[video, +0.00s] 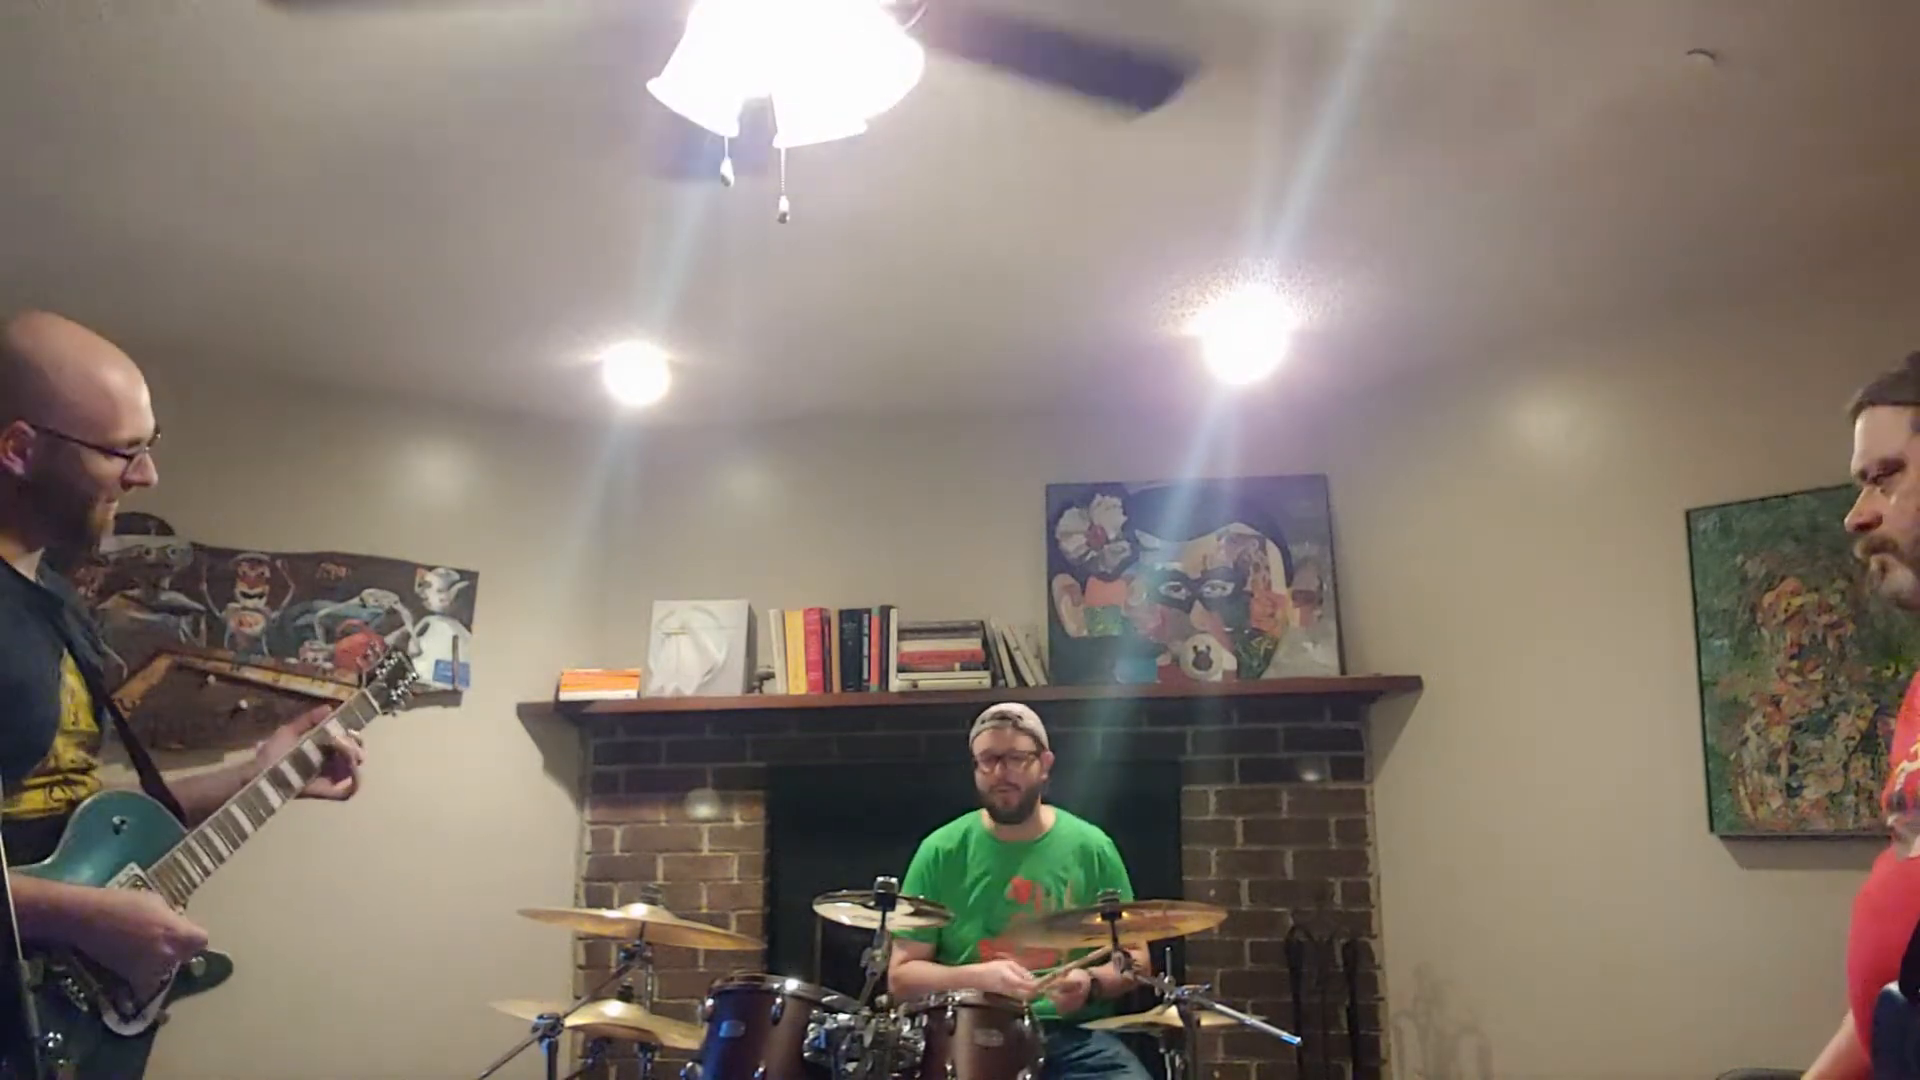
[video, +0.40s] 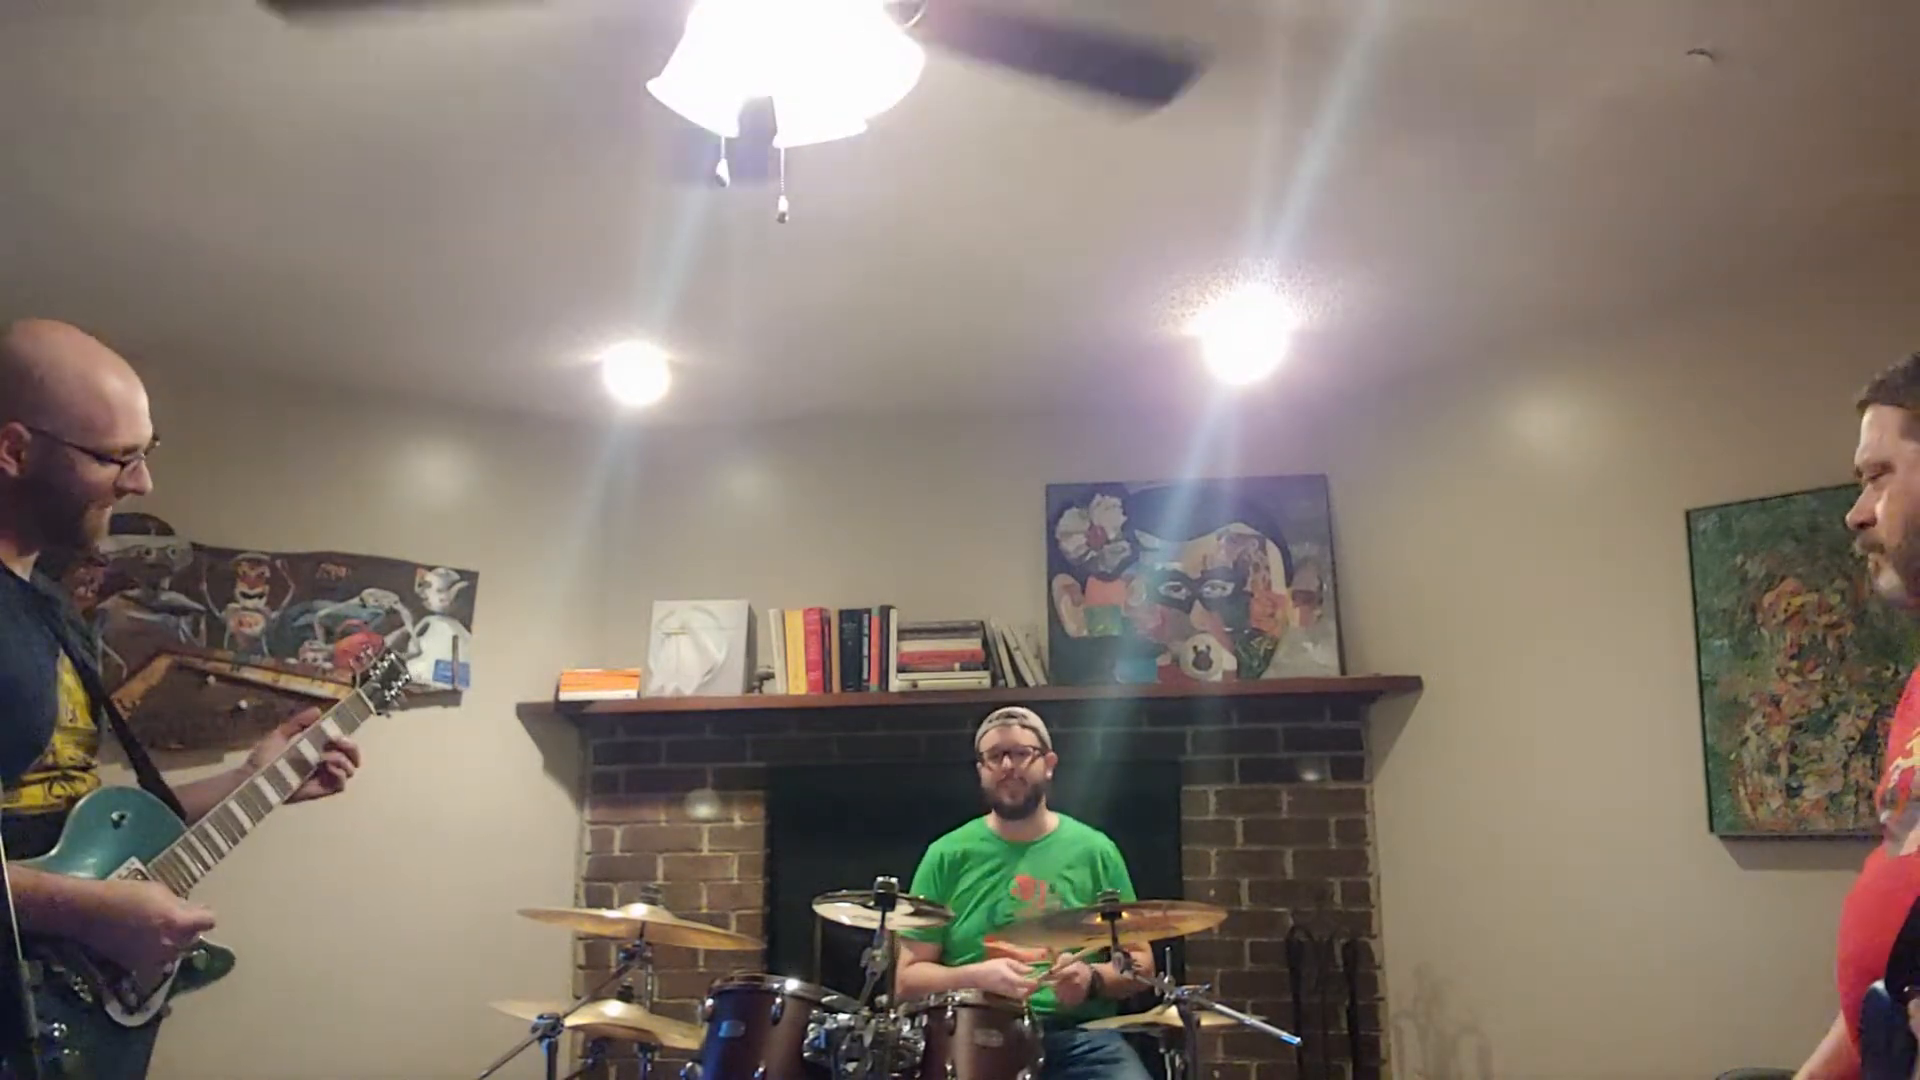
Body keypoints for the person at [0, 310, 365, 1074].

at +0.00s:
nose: (147, 478)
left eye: (147, 448)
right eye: (122, 452)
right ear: (19, 449)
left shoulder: (50, 604)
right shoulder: (12, 611)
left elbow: (73, 808)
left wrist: (262, 768)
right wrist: (77, 916)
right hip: (21, 1038)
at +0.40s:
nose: (142, 483)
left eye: (144, 454)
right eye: (117, 458)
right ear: (14, 450)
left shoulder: (49, 616)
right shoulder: (17, 621)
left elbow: (77, 826)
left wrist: (252, 780)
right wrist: (78, 909)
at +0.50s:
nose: (136, 496)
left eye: (143, 467)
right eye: (108, 466)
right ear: (11, 446)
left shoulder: (47, 622)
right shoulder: (17, 623)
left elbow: (70, 830)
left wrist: (252, 777)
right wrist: (73, 914)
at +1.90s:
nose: (153, 524)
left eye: (172, 495)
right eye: (132, 487)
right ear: (33, 434)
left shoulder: (20, 595)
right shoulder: (12, 600)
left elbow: (14, 818)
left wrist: (185, 834)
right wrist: (9, 999)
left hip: (30, 1038)